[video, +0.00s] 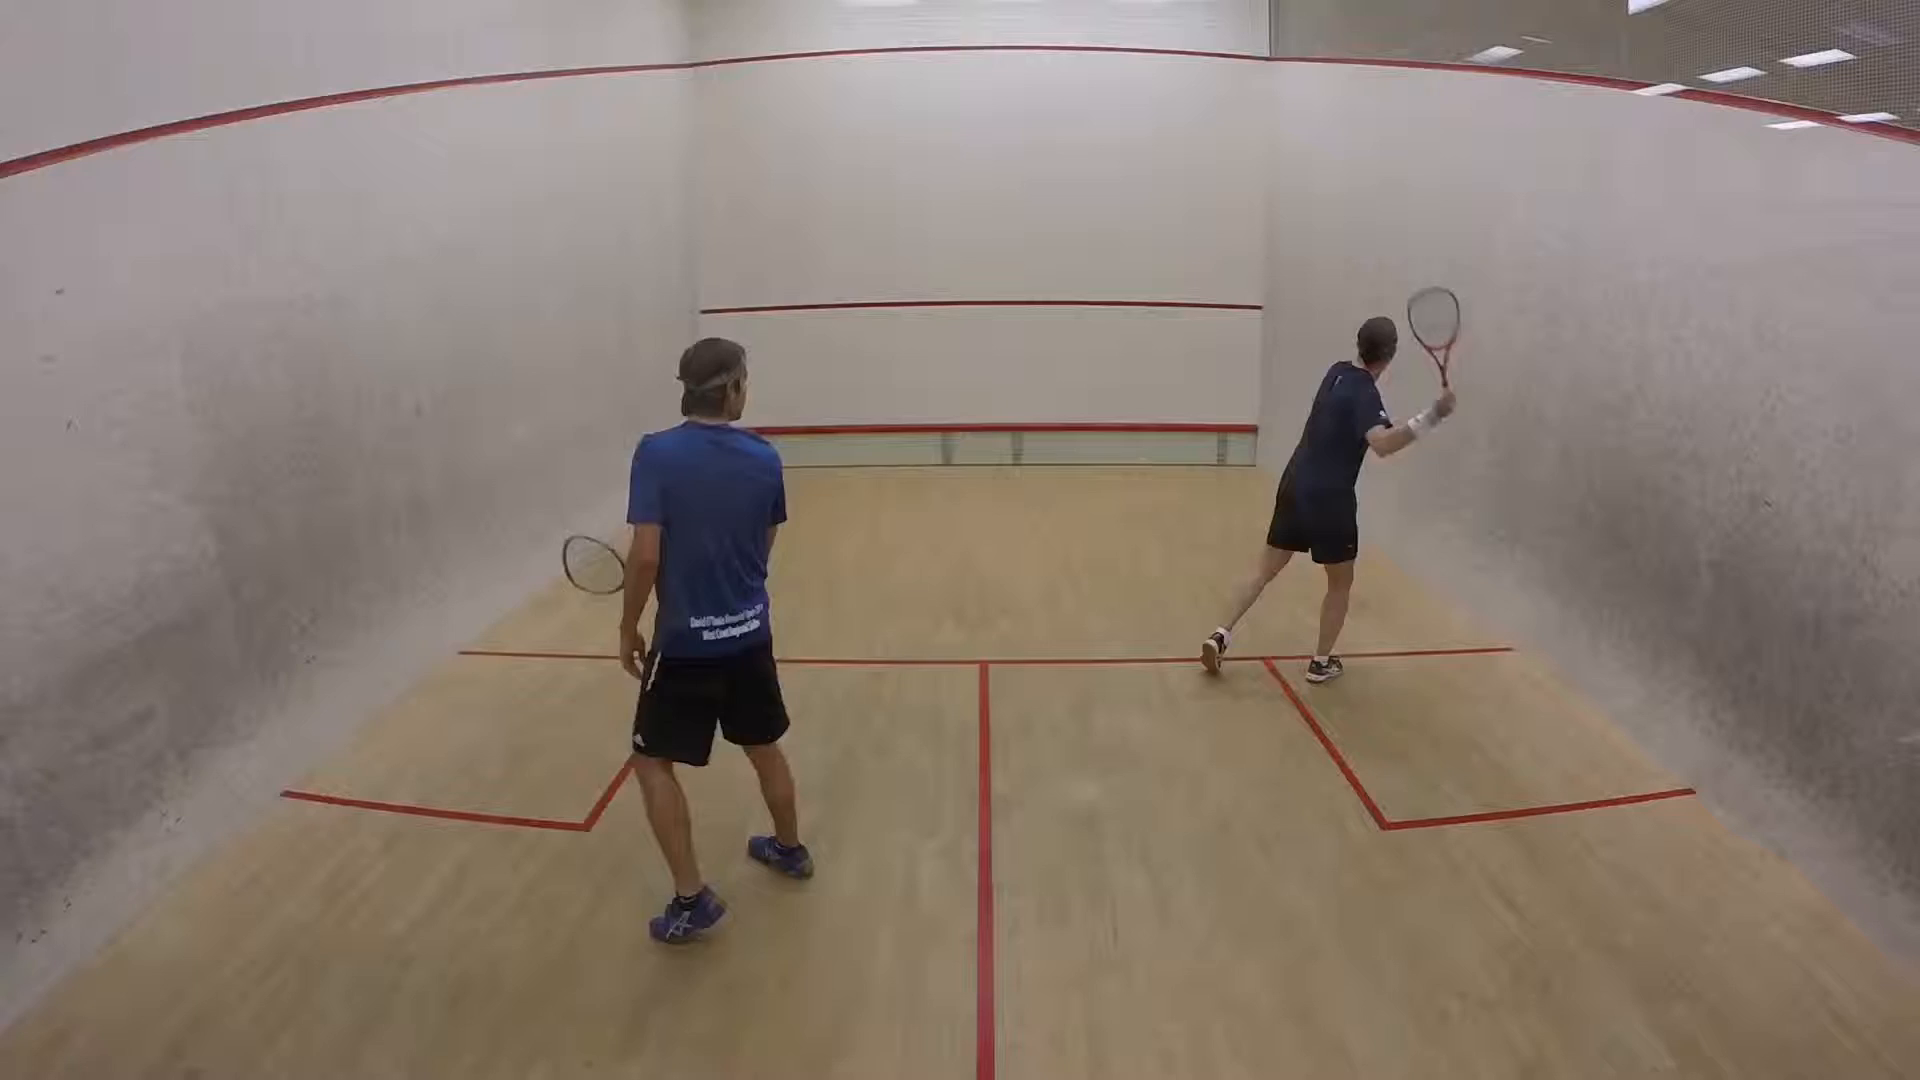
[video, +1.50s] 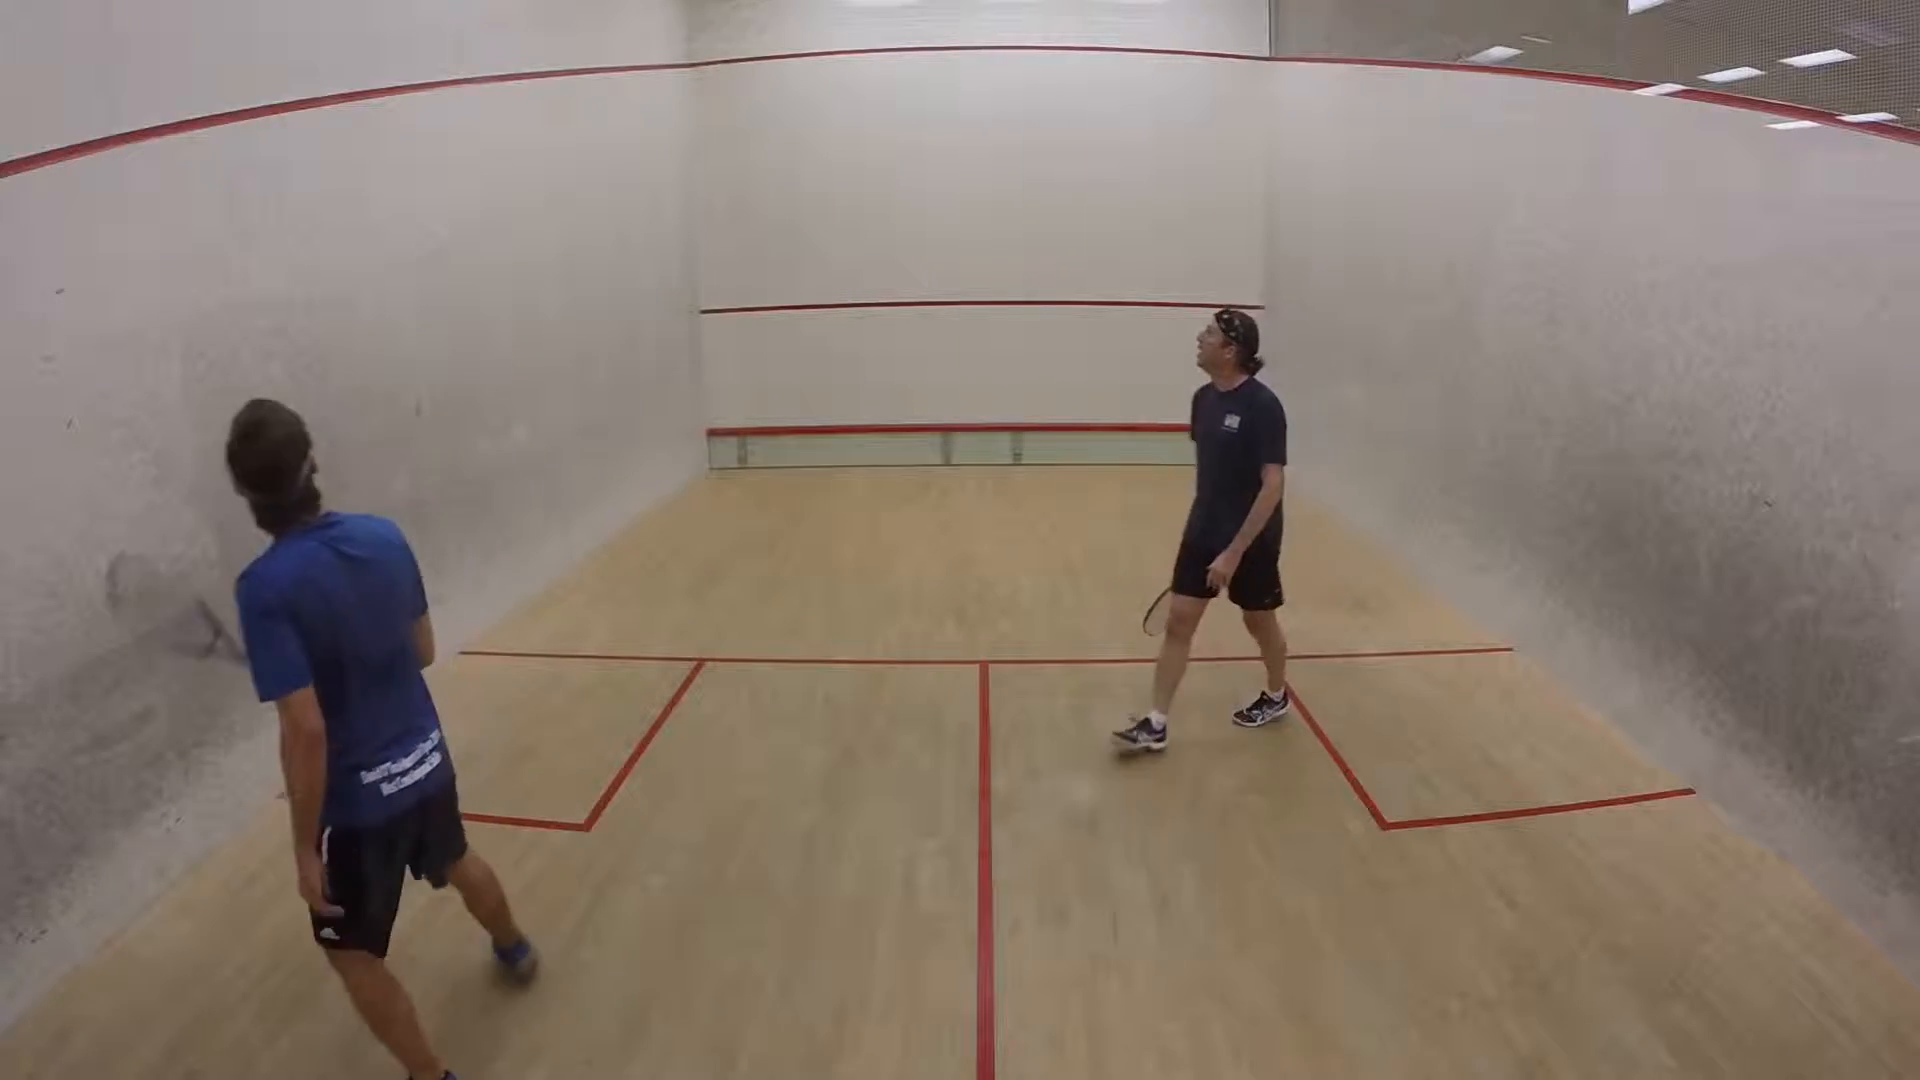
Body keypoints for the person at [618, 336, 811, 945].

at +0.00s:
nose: (747, 394)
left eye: (744, 384)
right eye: (745, 385)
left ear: (686, 389)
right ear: (733, 390)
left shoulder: (656, 453)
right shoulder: (762, 456)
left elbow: (647, 559)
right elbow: (764, 540)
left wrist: (630, 625)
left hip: (687, 646)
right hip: (749, 638)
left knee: (651, 761)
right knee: (764, 744)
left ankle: (692, 898)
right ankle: (791, 847)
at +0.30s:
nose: (697, 403)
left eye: (689, 395)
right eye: (695, 395)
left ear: (631, 406)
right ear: (687, 405)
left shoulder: (607, 472)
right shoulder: (719, 472)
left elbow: (602, 579)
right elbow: (730, 571)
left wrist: (581, 656)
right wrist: (684, 600)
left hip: (641, 670)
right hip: (709, 657)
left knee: (604, 796)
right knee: (742, 752)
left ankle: (630, 944)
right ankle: (790, 847)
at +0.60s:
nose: (586, 424)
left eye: (575, 416)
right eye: (583, 416)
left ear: (519, 431)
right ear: (577, 427)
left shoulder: (506, 508)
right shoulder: (617, 494)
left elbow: (505, 629)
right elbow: (654, 599)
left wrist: (483, 715)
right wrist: (620, 639)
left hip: (559, 713)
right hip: (625, 690)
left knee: (556, 840)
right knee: (646, 770)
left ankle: (635, 966)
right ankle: (726, 852)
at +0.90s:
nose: (495, 424)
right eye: (492, 417)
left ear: (426, 436)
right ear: (489, 429)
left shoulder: (417, 522)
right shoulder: (539, 497)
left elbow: (405, 646)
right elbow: (574, 597)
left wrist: (377, 723)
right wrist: (513, 610)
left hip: (501, 729)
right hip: (556, 701)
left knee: (537, 862)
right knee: (537, 811)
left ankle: (632, 961)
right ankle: (544, 912)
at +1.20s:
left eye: (354, 439)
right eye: (409, 430)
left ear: (348, 447)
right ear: (413, 440)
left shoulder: (352, 542)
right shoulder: (460, 507)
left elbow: (367, 671)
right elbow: (485, 601)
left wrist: (350, 764)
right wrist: (417, 602)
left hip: (426, 752)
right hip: (490, 724)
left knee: (376, 889)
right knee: (502, 825)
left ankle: (478, 1020)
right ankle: (543, 919)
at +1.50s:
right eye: (303, 450)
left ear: (240, 485)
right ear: (312, 463)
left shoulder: (266, 587)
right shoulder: (380, 537)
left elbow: (306, 728)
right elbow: (422, 649)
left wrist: (307, 849)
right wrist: (343, 650)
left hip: (361, 807)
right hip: (429, 768)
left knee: (348, 947)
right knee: (456, 860)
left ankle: (429, 1072)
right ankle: (515, 949)